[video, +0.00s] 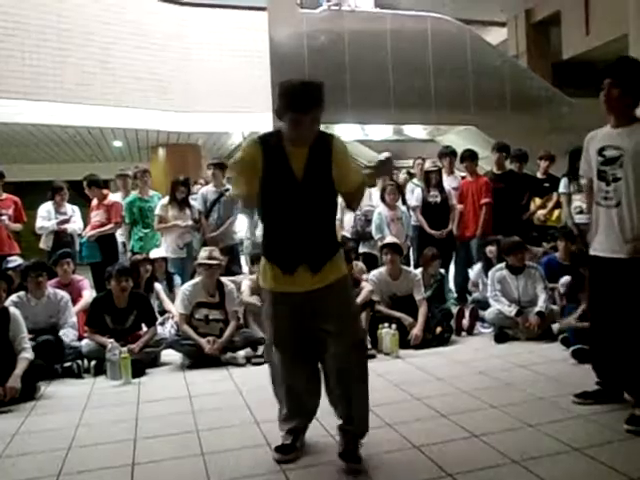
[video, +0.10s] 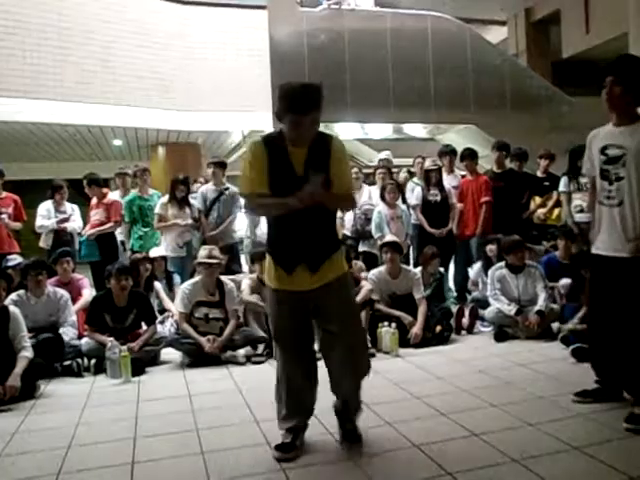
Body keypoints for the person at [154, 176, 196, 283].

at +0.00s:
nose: (181, 195)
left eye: (183, 192)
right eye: (179, 191)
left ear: (187, 192)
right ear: (174, 190)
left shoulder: (190, 206)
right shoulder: (164, 205)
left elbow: (198, 224)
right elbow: (157, 226)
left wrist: (190, 224)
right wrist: (175, 224)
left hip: (188, 244)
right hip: (171, 246)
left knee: (187, 278)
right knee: (176, 280)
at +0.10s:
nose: (180, 193)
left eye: (183, 191)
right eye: (178, 190)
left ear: (187, 191)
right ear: (173, 189)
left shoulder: (189, 204)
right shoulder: (164, 203)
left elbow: (197, 223)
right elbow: (157, 224)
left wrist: (191, 223)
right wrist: (175, 222)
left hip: (188, 243)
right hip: (171, 244)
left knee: (186, 278)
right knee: (176, 279)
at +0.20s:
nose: (185, 194)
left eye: (188, 191)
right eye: (183, 191)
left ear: (191, 192)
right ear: (177, 190)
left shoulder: (194, 206)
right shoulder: (169, 203)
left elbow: (202, 225)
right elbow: (161, 225)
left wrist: (194, 224)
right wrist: (180, 224)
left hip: (192, 246)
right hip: (175, 247)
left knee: (192, 282)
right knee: (181, 283)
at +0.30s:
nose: (191, 194)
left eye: (193, 191)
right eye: (189, 190)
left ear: (197, 191)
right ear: (183, 189)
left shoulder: (200, 205)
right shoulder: (174, 203)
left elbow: (208, 224)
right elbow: (167, 225)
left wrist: (200, 224)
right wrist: (185, 223)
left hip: (197, 246)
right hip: (181, 247)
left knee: (197, 282)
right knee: (187, 284)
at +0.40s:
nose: (192, 193)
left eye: (195, 189)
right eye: (190, 189)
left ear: (197, 190)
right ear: (184, 189)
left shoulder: (200, 205)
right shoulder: (174, 203)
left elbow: (206, 223)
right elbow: (167, 224)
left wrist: (200, 222)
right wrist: (186, 222)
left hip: (197, 247)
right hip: (181, 248)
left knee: (198, 281)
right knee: (187, 280)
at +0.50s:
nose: (193, 188)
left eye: (196, 185)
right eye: (191, 185)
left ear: (200, 186)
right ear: (186, 184)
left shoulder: (203, 200)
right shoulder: (177, 197)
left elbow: (210, 219)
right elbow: (170, 219)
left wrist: (203, 219)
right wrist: (187, 217)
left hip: (199, 240)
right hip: (183, 241)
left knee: (197, 277)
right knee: (186, 277)